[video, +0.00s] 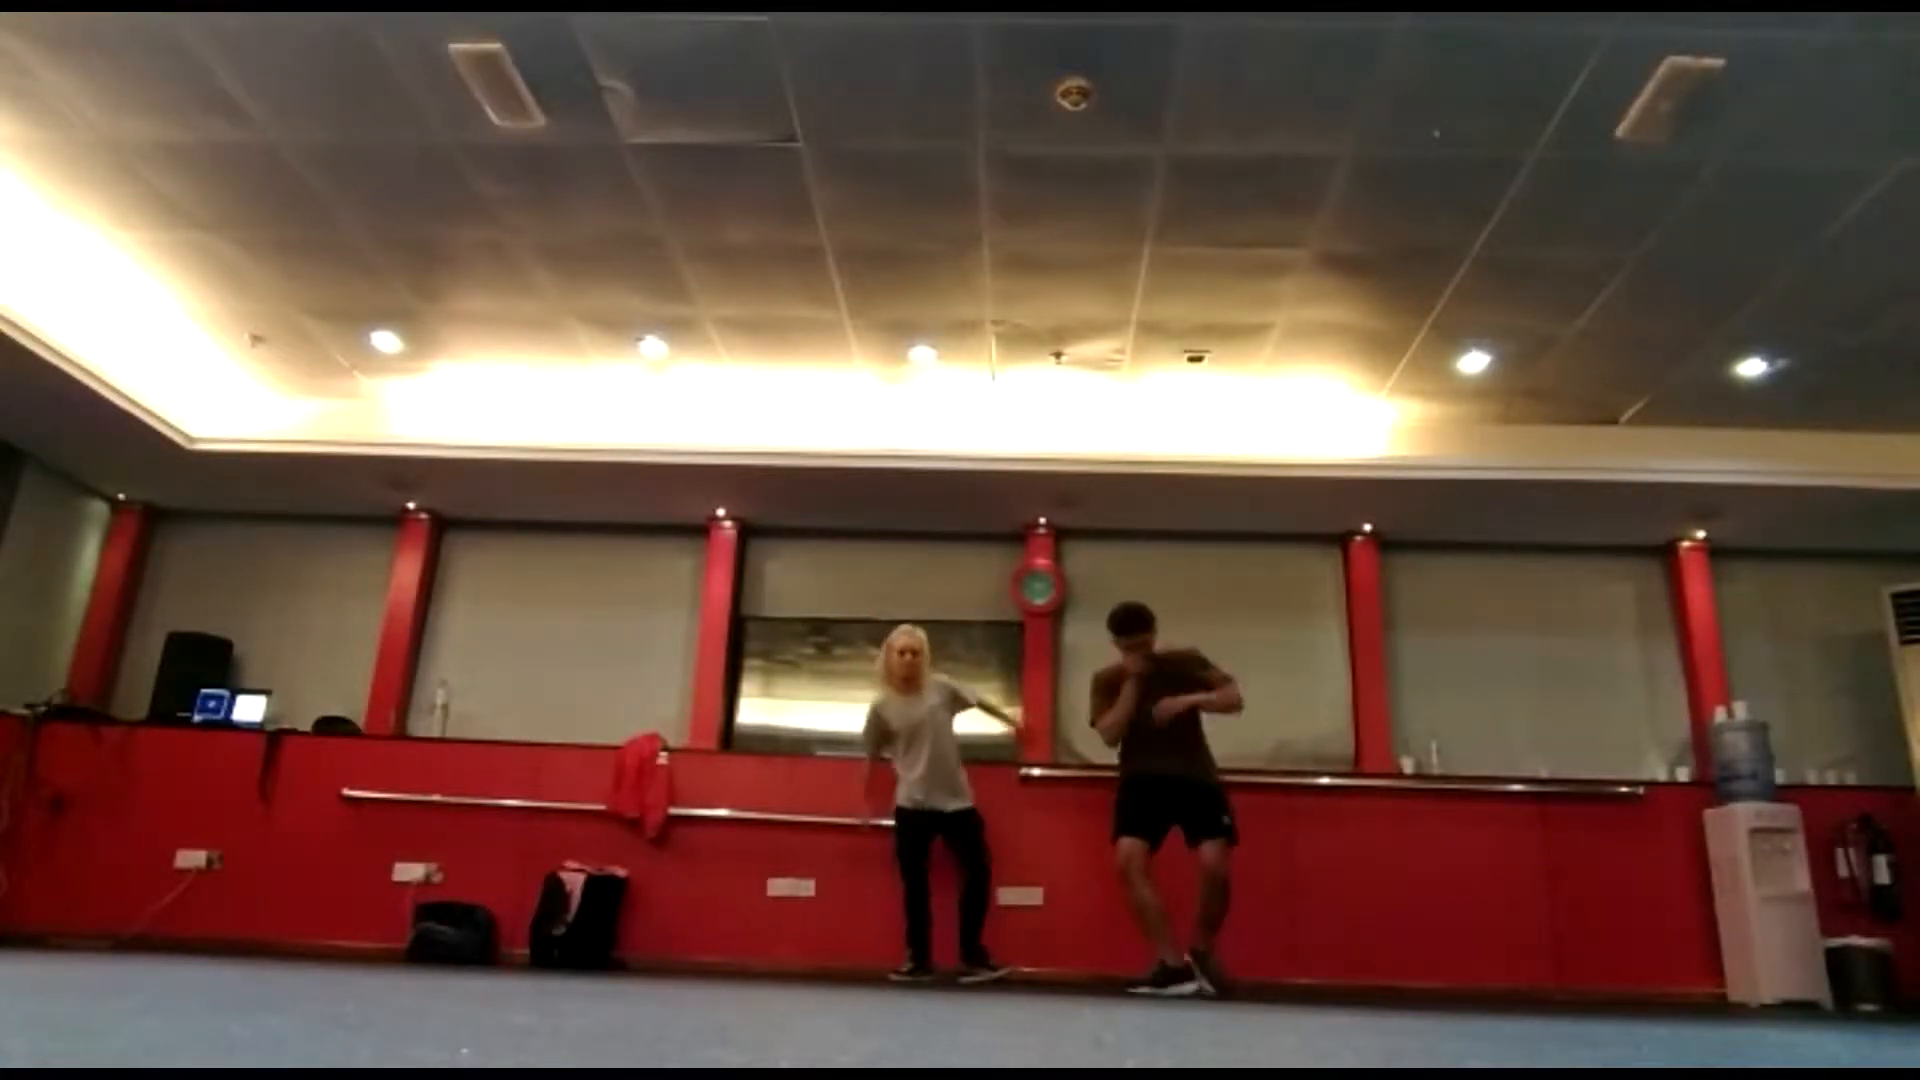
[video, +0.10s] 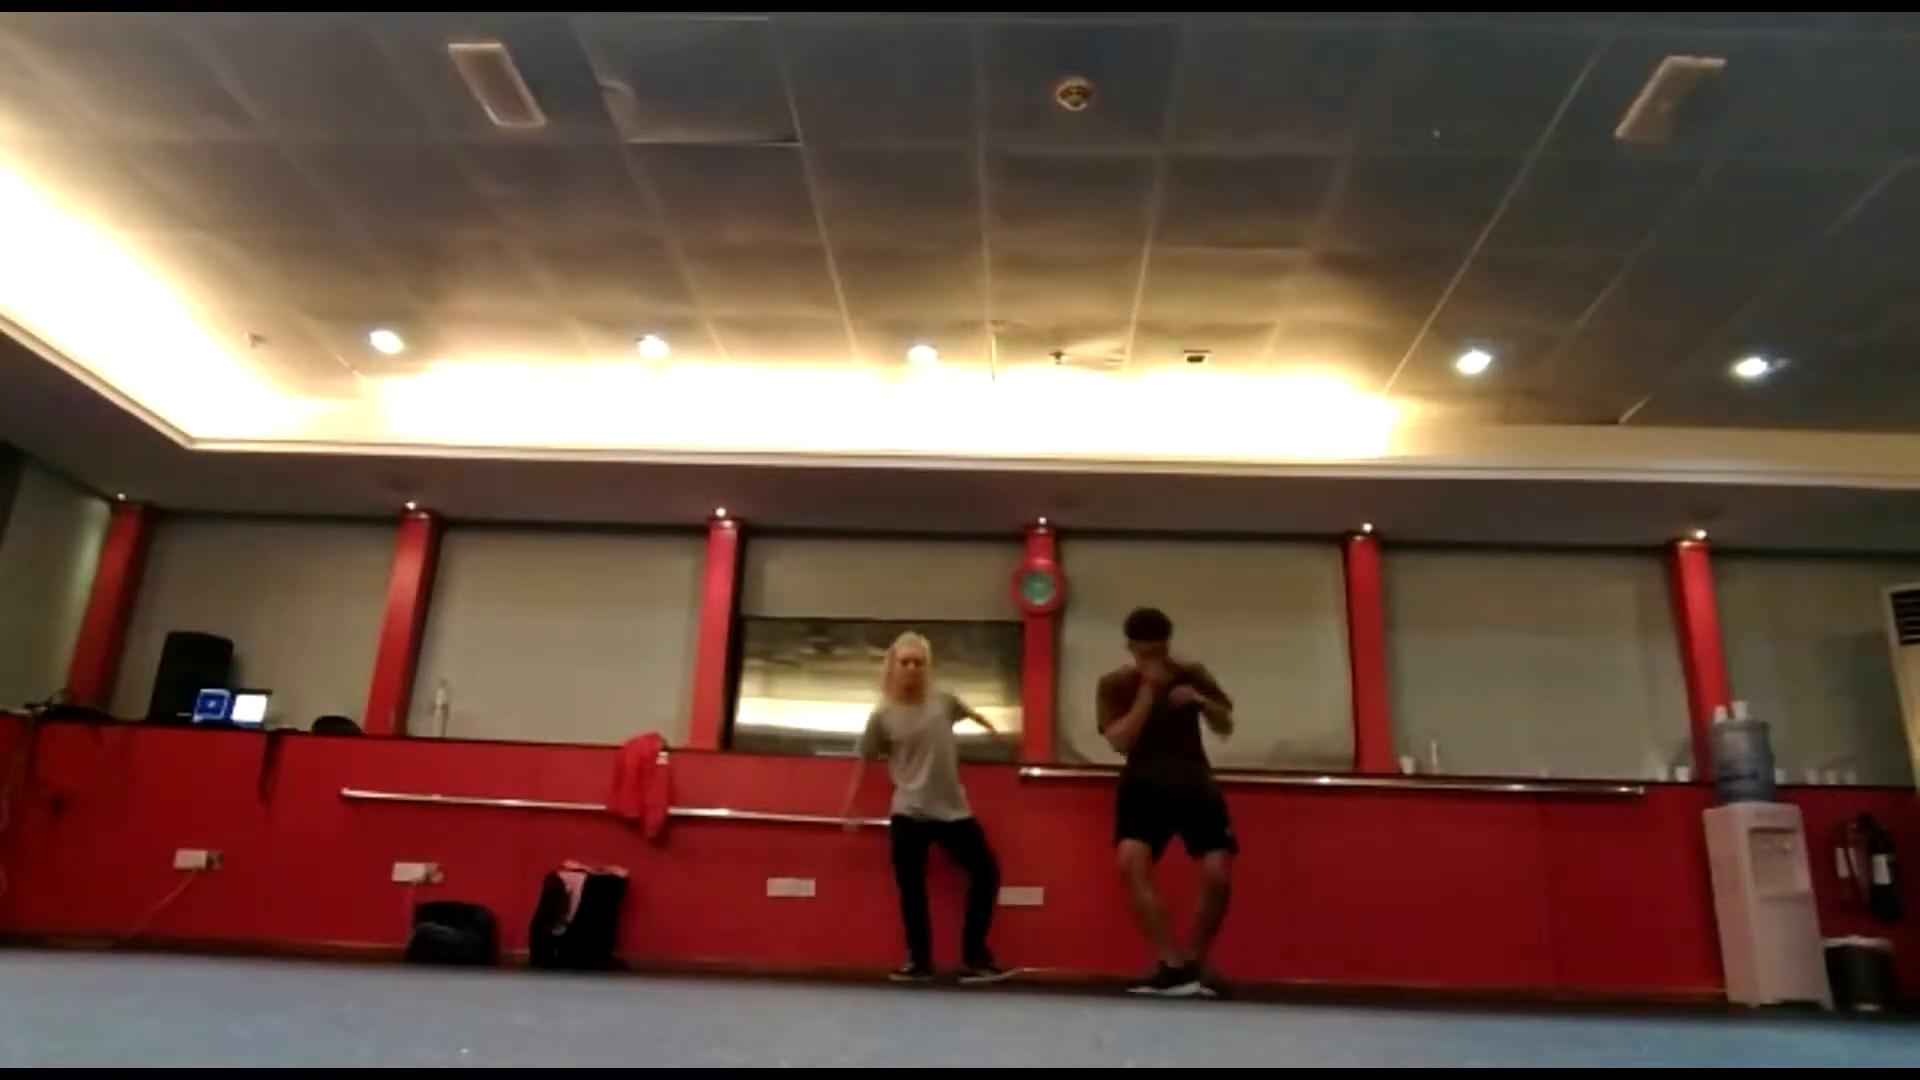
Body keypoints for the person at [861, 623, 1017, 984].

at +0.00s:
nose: (908, 660)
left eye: (914, 653)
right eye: (900, 653)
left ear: (924, 657)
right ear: (887, 658)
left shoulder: (942, 690)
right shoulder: (883, 707)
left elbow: (981, 703)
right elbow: (871, 757)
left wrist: (1014, 722)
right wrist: (865, 802)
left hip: (956, 801)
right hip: (913, 804)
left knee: (978, 875)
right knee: (915, 886)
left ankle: (973, 955)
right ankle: (918, 959)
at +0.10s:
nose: (912, 669)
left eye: (918, 662)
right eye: (904, 662)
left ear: (928, 666)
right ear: (891, 667)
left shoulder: (944, 702)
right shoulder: (884, 716)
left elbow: (973, 716)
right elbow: (862, 766)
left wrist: (996, 732)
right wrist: (849, 809)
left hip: (952, 810)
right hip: (909, 812)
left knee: (986, 873)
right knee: (911, 888)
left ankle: (975, 956)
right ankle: (919, 961)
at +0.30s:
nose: (920, 677)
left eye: (927, 671)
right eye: (913, 670)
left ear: (936, 676)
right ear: (899, 674)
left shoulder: (944, 711)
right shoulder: (890, 722)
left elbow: (948, 760)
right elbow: (874, 773)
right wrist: (859, 820)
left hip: (951, 818)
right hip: (909, 820)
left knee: (992, 874)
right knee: (908, 887)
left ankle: (975, 957)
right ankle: (920, 960)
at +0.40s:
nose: (931, 664)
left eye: (937, 658)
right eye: (924, 656)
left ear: (945, 664)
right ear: (910, 660)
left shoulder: (948, 702)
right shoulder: (901, 707)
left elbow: (950, 753)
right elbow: (898, 760)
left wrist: (958, 794)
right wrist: (904, 803)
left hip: (952, 806)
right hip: (913, 807)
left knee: (983, 872)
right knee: (912, 886)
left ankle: (974, 954)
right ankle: (919, 958)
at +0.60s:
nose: (946, 657)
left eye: (954, 652)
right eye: (940, 650)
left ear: (962, 658)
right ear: (926, 651)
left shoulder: (958, 696)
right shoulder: (912, 693)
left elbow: (952, 744)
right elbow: (927, 742)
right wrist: (959, 780)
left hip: (952, 803)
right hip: (913, 803)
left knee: (976, 872)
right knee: (916, 884)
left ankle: (972, 957)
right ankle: (919, 959)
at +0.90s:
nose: (967, 679)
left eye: (975, 673)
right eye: (962, 671)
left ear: (985, 681)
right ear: (949, 672)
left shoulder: (980, 726)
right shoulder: (925, 708)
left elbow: (978, 776)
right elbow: (898, 745)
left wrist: (976, 818)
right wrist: (938, 763)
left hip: (956, 820)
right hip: (914, 816)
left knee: (996, 879)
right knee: (913, 889)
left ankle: (977, 959)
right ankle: (919, 960)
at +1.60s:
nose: (964, 668)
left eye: (970, 660)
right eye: (958, 662)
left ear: (985, 662)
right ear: (951, 668)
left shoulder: (998, 708)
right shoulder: (959, 702)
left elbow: (993, 756)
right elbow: (958, 745)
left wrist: (947, 777)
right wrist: (948, 766)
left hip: (985, 811)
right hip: (949, 803)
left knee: (991, 883)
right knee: (913, 862)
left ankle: (977, 958)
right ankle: (911, 946)